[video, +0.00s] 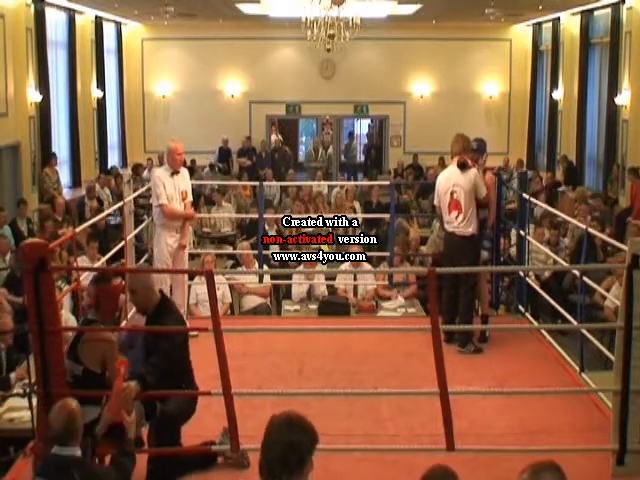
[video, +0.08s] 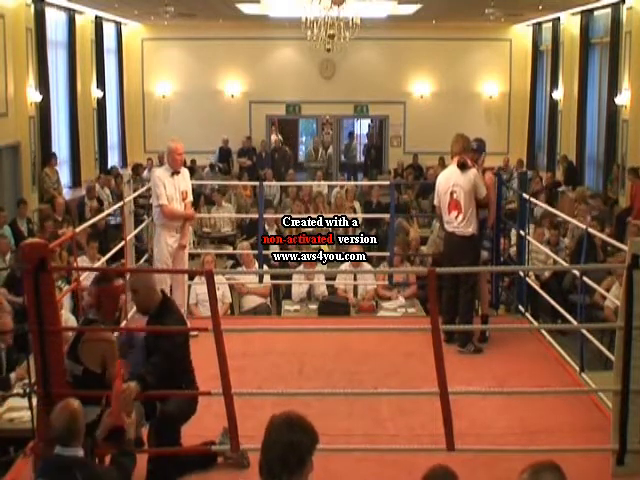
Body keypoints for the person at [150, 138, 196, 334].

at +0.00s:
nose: (181, 158)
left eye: (182, 154)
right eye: (177, 155)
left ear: (183, 156)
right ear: (167, 157)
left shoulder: (184, 173)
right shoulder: (158, 174)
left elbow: (188, 203)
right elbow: (165, 208)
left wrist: (185, 234)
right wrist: (187, 213)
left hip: (182, 227)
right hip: (166, 227)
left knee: (181, 272)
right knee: (163, 272)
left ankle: (180, 316)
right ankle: (161, 317)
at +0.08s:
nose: (181, 158)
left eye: (182, 154)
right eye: (177, 155)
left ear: (184, 156)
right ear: (168, 157)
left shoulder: (185, 173)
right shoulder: (158, 174)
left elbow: (189, 203)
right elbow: (164, 209)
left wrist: (184, 235)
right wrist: (186, 213)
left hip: (183, 228)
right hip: (165, 228)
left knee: (181, 272)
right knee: (163, 272)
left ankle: (180, 314)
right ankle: (161, 314)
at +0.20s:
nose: (181, 158)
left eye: (183, 154)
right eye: (178, 155)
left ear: (184, 156)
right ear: (168, 156)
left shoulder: (185, 173)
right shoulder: (158, 174)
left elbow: (188, 205)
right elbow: (165, 209)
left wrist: (185, 235)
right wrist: (186, 214)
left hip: (183, 228)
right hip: (165, 228)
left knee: (181, 271)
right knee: (164, 270)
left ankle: (181, 310)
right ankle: (162, 309)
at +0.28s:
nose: (182, 158)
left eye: (183, 154)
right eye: (178, 155)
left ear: (184, 156)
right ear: (168, 156)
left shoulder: (185, 173)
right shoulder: (158, 174)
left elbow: (188, 205)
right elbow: (166, 209)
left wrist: (185, 235)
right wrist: (186, 214)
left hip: (183, 228)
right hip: (165, 228)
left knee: (181, 271)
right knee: (164, 269)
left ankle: (181, 308)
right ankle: (163, 307)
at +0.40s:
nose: (182, 158)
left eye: (183, 154)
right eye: (178, 155)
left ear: (184, 156)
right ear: (169, 156)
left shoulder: (185, 173)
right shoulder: (158, 174)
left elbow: (189, 205)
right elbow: (165, 210)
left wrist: (185, 234)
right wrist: (187, 214)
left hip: (183, 228)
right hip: (165, 228)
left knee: (181, 271)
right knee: (164, 270)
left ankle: (181, 309)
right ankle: (162, 309)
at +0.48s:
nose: (182, 159)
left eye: (183, 154)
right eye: (178, 155)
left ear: (184, 156)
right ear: (169, 156)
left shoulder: (185, 173)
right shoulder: (158, 174)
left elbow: (189, 204)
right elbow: (162, 210)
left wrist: (185, 234)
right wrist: (186, 217)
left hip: (183, 230)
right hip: (165, 229)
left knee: (181, 272)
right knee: (164, 271)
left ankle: (181, 309)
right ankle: (162, 310)